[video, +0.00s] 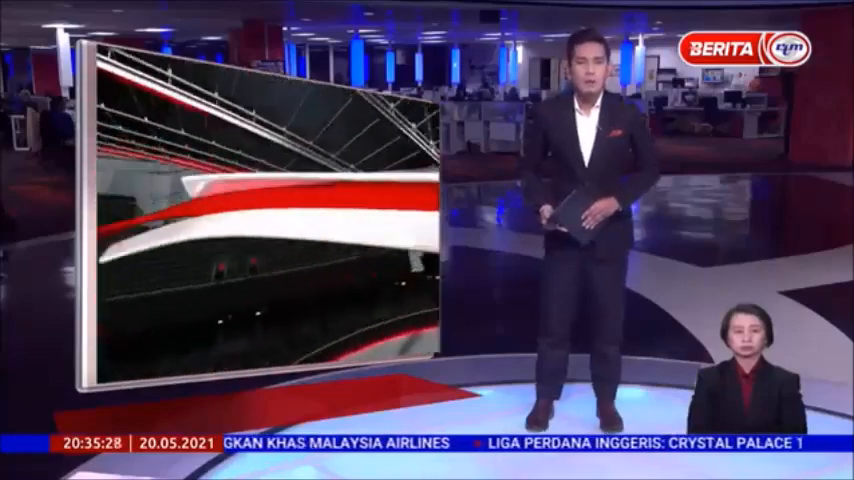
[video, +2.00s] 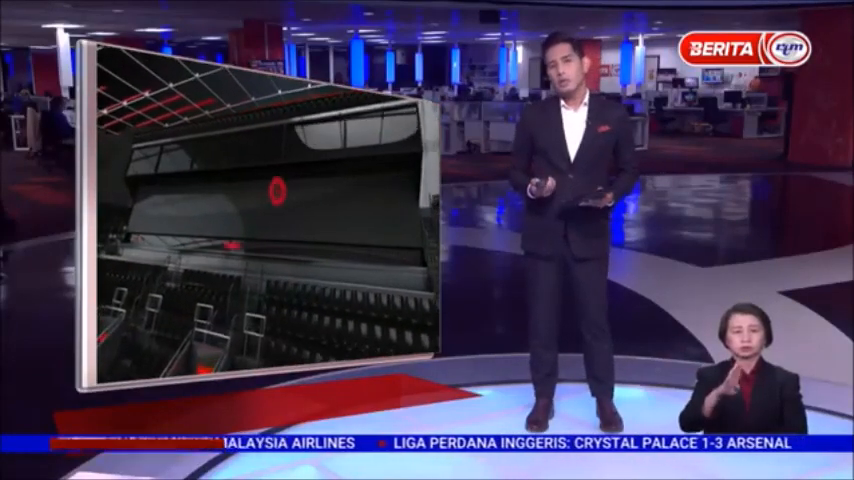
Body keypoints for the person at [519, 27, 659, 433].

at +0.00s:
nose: (590, 70)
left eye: (597, 62)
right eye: (582, 62)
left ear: (608, 67)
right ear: (569, 68)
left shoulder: (627, 114)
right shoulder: (544, 113)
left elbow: (649, 170)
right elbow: (529, 168)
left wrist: (617, 200)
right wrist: (543, 203)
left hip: (609, 233)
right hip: (560, 233)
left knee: (608, 321)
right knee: (555, 320)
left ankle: (606, 401)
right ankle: (545, 398)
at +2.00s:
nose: (559, 70)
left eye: (566, 61)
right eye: (551, 65)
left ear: (584, 64)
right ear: (546, 73)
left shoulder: (611, 112)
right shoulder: (533, 114)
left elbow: (629, 168)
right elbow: (517, 170)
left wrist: (613, 194)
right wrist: (530, 187)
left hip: (589, 232)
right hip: (543, 232)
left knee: (594, 319)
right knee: (542, 319)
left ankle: (605, 400)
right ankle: (542, 398)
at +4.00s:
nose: (560, 73)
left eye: (568, 64)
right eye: (552, 66)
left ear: (583, 68)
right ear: (544, 74)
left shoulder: (608, 112)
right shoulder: (530, 115)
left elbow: (625, 171)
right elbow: (512, 171)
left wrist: (598, 201)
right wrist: (537, 186)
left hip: (589, 230)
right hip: (542, 231)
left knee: (593, 320)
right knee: (543, 321)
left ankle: (605, 400)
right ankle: (542, 400)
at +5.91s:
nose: (558, 74)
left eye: (566, 65)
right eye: (551, 67)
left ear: (582, 70)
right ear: (544, 74)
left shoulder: (607, 112)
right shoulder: (530, 116)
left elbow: (626, 171)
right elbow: (513, 171)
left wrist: (602, 200)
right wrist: (532, 185)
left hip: (589, 232)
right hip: (542, 233)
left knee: (593, 322)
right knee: (543, 323)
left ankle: (605, 401)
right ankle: (542, 401)